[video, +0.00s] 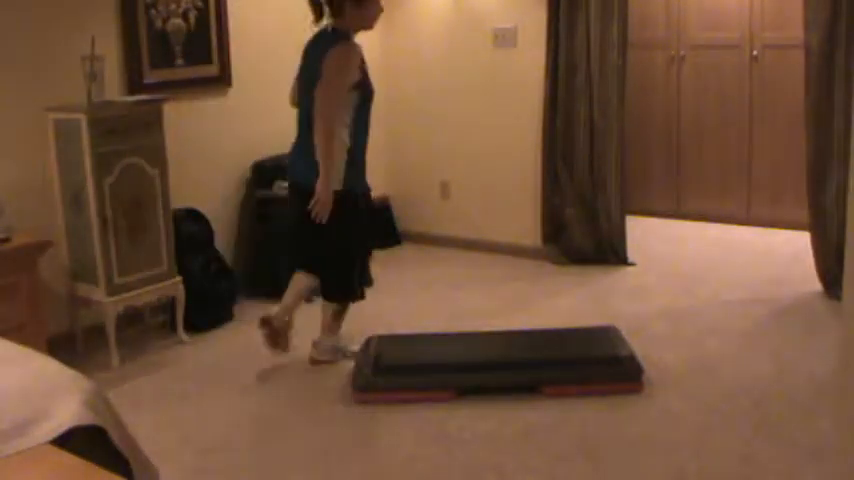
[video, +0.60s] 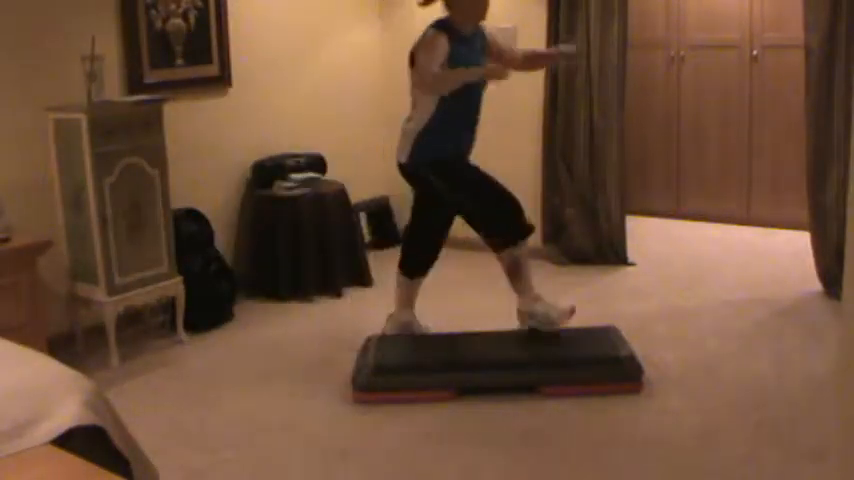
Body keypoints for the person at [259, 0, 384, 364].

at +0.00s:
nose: (380, 9)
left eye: (379, 2)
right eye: (375, 2)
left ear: (340, 7)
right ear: (352, 6)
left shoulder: (319, 44)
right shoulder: (345, 52)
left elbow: (298, 97)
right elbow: (329, 122)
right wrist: (326, 182)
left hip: (309, 177)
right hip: (341, 184)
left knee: (317, 254)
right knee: (345, 264)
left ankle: (282, 314)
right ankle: (328, 342)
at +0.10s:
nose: (397, 6)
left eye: (397, 1)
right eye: (393, 0)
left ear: (363, 2)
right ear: (374, 1)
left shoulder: (345, 33)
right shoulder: (358, 39)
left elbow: (317, 90)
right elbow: (336, 102)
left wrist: (349, 138)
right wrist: (341, 166)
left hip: (342, 167)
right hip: (349, 172)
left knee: (353, 245)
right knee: (348, 251)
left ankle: (336, 321)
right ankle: (330, 334)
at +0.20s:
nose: (415, 6)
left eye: (413, 0)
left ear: (381, 6)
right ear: (384, 4)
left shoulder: (381, 41)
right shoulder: (373, 44)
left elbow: (340, 90)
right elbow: (348, 98)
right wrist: (356, 161)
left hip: (379, 171)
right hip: (357, 173)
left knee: (395, 249)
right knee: (352, 259)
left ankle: (392, 319)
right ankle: (328, 337)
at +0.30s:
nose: (433, 9)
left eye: (431, 3)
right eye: (426, 3)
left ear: (404, 9)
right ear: (402, 7)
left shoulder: (403, 50)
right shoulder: (387, 51)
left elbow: (388, 112)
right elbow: (359, 108)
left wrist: (406, 165)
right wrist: (380, 163)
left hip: (399, 172)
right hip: (381, 174)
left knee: (411, 250)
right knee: (406, 253)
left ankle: (399, 324)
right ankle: (347, 318)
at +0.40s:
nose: (449, 5)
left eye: (448, 0)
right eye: (442, 0)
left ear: (428, 6)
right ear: (420, 4)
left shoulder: (429, 39)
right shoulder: (399, 44)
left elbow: (425, 91)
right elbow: (373, 104)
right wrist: (408, 143)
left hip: (412, 156)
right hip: (390, 159)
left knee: (414, 241)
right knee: (447, 230)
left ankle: (402, 317)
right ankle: (395, 292)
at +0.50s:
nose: (464, 5)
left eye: (465, 0)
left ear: (453, 4)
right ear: (437, 1)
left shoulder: (454, 33)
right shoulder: (415, 36)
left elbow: (476, 71)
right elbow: (396, 92)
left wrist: (511, 87)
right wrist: (445, 112)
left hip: (431, 154)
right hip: (404, 155)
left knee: (417, 237)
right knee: (482, 201)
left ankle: (400, 317)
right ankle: (468, 294)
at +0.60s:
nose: (485, 7)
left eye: (484, 3)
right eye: (479, 2)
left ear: (477, 6)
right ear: (456, 4)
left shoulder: (478, 38)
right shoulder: (436, 38)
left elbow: (516, 60)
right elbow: (426, 81)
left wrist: (555, 55)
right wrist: (481, 74)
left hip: (450, 158)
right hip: (425, 159)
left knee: (422, 239)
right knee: (500, 211)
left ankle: (402, 318)